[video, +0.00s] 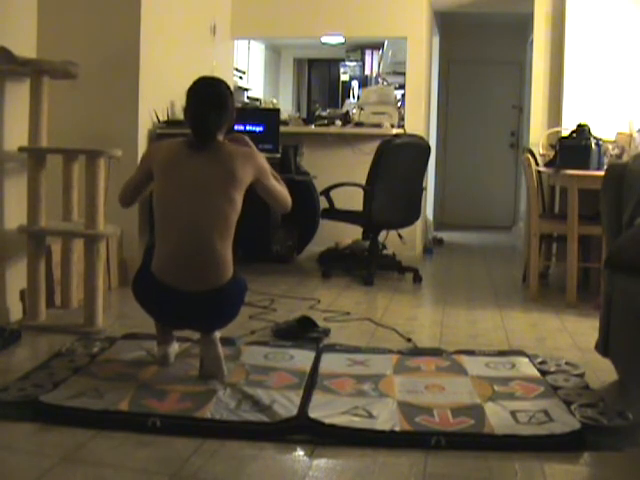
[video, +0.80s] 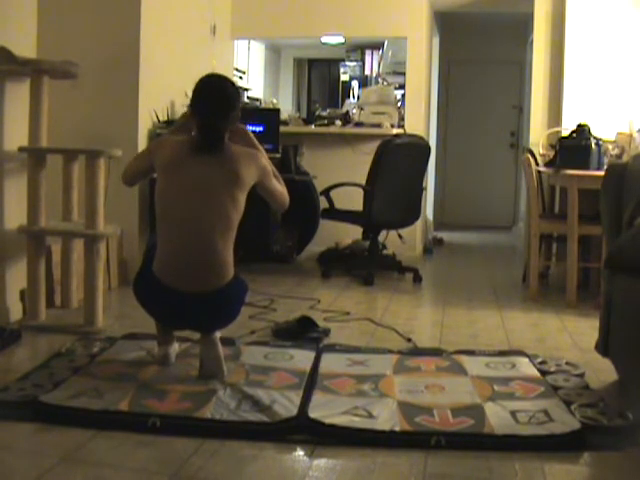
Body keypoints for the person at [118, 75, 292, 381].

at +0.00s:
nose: (233, 115)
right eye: (231, 109)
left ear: (187, 113)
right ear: (229, 118)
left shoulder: (160, 153)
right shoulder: (246, 159)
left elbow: (126, 198)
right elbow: (284, 203)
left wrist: (156, 170)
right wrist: (254, 153)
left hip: (162, 303)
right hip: (216, 307)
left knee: (152, 249)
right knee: (233, 280)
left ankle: (165, 344)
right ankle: (211, 339)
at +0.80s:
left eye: (193, 104)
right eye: (236, 112)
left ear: (192, 110)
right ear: (234, 117)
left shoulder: (166, 149)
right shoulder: (249, 159)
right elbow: (282, 201)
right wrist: (253, 143)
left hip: (164, 304)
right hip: (216, 307)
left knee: (155, 244)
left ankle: (165, 345)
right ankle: (211, 339)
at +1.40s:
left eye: (193, 114)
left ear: (192, 121)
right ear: (235, 127)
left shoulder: (165, 155)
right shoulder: (252, 165)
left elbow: (127, 202)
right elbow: (281, 213)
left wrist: (157, 175)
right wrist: (248, 159)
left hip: (166, 307)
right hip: (218, 310)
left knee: (155, 241)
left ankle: (165, 345)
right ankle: (211, 340)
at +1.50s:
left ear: (191, 122)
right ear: (234, 128)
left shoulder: (164, 157)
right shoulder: (251, 165)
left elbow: (125, 208)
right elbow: (282, 216)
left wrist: (156, 181)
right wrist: (260, 175)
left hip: (165, 308)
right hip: (218, 311)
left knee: (155, 242)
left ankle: (165, 345)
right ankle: (211, 342)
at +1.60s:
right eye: (235, 125)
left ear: (191, 123)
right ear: (234, 130)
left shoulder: (164, 158)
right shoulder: (251, 165)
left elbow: (124, 211)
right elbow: (283, 216)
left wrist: (157, 183)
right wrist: (262, 176)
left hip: (166, 308)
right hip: (218, 311)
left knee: (155, 241)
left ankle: (165, 345)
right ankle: (211, 342)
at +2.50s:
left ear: (196, 125)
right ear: (238, 135)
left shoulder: (169, 156)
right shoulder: (256, 168)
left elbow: (124, 208)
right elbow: (276, 231)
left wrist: (167, 193)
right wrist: (247, 203)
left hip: (165, 308)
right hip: (216, 312)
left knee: (151, 236)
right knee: (237, 285)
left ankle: (163, 346)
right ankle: (209, 340)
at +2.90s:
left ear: (180, 124)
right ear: (220, 134)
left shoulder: (150, 155)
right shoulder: (235, 166)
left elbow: (104, 199)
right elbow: (240, 232)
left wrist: (140, 172)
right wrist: (210, 206)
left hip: (146, 304)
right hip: (197, 308)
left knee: (128, 272)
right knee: (220, 277)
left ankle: (150, 346)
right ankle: (205, 338)